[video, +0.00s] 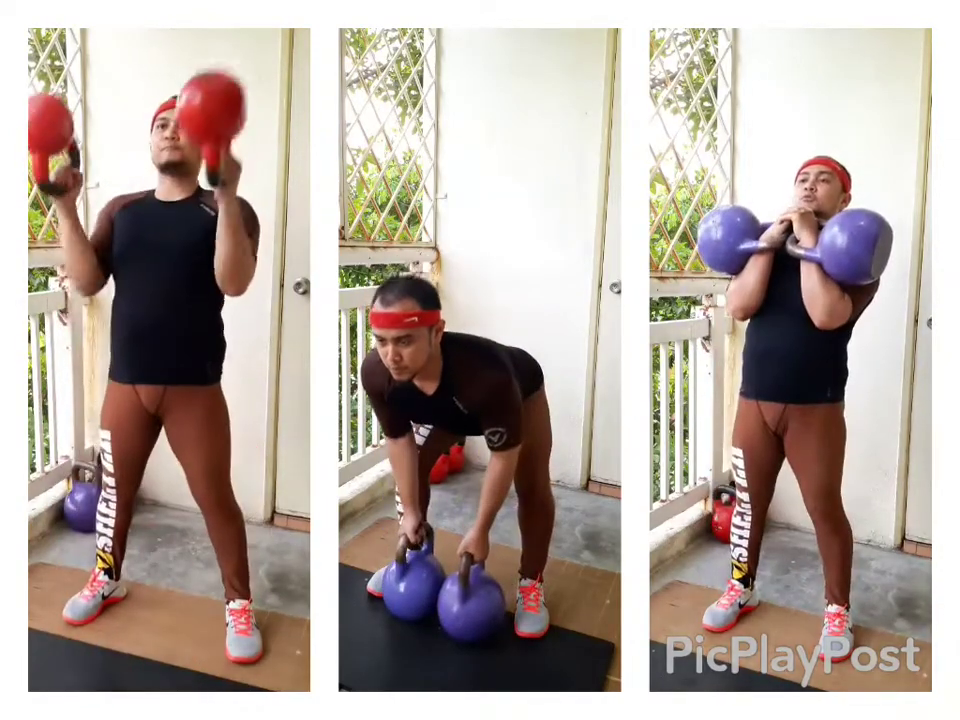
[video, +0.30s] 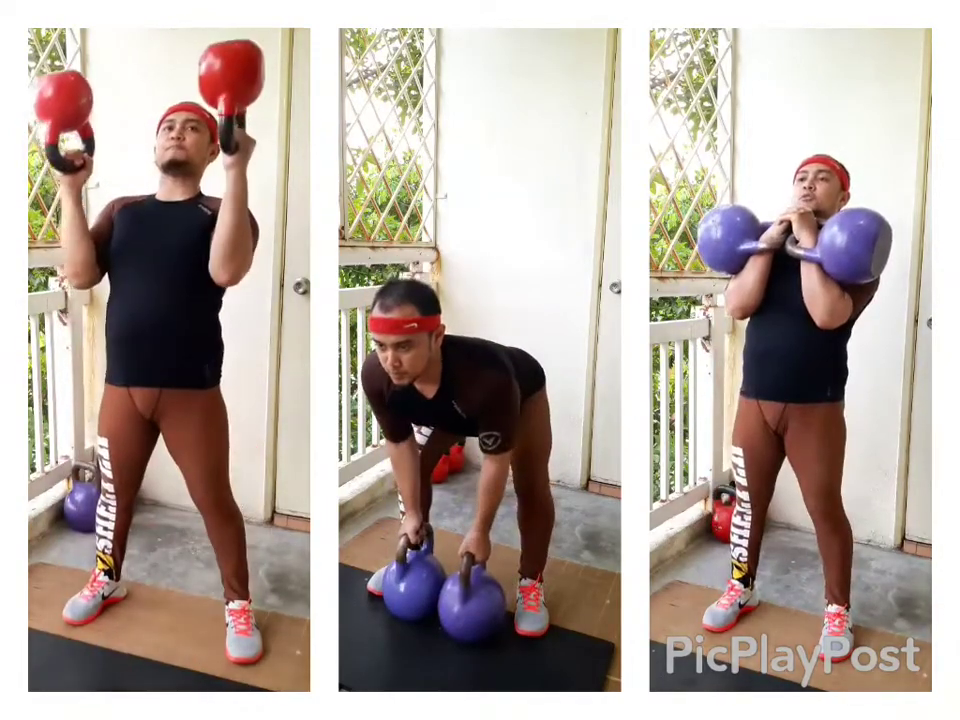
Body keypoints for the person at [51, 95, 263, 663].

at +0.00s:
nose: (169, 129)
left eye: (181, 121)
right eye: (161, 123)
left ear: (204, 143)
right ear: (150, 143)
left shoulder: (229, 212)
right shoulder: (122, 209)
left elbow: (234, 282)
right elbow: (87, 280)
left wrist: (226, 194)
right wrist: (66, 203)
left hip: (194, 385)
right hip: (126, 380)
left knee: (215, 498)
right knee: (116, 488)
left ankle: (239, 603)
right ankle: (106, 576)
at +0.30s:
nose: (176, 134)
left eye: (191, 128)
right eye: (168, 128)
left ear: (210, 150)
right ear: (153, 148)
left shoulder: (226, 215)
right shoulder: (121, 210)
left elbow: (226, 272)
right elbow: (78, 273)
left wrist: (235, 171)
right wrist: (72, 190)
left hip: (191, 390)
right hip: (122, 385)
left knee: (215, 503)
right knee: (115, 492)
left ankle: (239, 604)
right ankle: (105, 577)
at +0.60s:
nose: (180, 135)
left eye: (194, 129)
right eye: (172, 129)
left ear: (216, 150)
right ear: (159, 149)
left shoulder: (233, 217)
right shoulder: (125, 210)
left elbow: (226, 277)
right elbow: (82, 274)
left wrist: (232, 176)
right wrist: (77, 186)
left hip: (194, 392)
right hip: (124, 387)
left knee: (216, 503)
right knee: (115, 492)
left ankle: (238, 605)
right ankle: (106, 576)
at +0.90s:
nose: (178, 133)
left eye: (192, 127)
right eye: (171, 128)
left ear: (216, 148)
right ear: (159, 149)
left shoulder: (234, 217)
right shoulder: (124, 209)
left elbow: (221, 278)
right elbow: (80, 273)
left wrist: (227, 183)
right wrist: (80, 187)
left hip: (193, 392)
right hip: (123, 387)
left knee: (215, 503)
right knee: (115, 492)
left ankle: (238, 604)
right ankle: (106, 576)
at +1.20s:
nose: (178, 134)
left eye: (193, 127)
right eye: (171, 128)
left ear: (217, 148)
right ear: (159, 148)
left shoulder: (235, 215)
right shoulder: (127, 210)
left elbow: (225, 278)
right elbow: (84, 273)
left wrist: (230, 181)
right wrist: (83, 189)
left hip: (197, 391)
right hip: (126, 386)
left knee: (216, 502)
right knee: (116, 492)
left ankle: (238, 604)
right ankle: (106, 576)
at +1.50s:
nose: (170, 133)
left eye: (185, 125)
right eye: (163, 127)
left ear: (208, 145)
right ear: (152, 146)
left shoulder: (228, 212)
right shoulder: (120, 207)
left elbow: (217, 277)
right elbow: (77, 270)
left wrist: (222, 181)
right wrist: (74, 186)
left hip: (190, 387)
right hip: (121, 383)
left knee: (213, 500)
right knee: (112, 490)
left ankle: (238, 604)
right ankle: (106, 577)